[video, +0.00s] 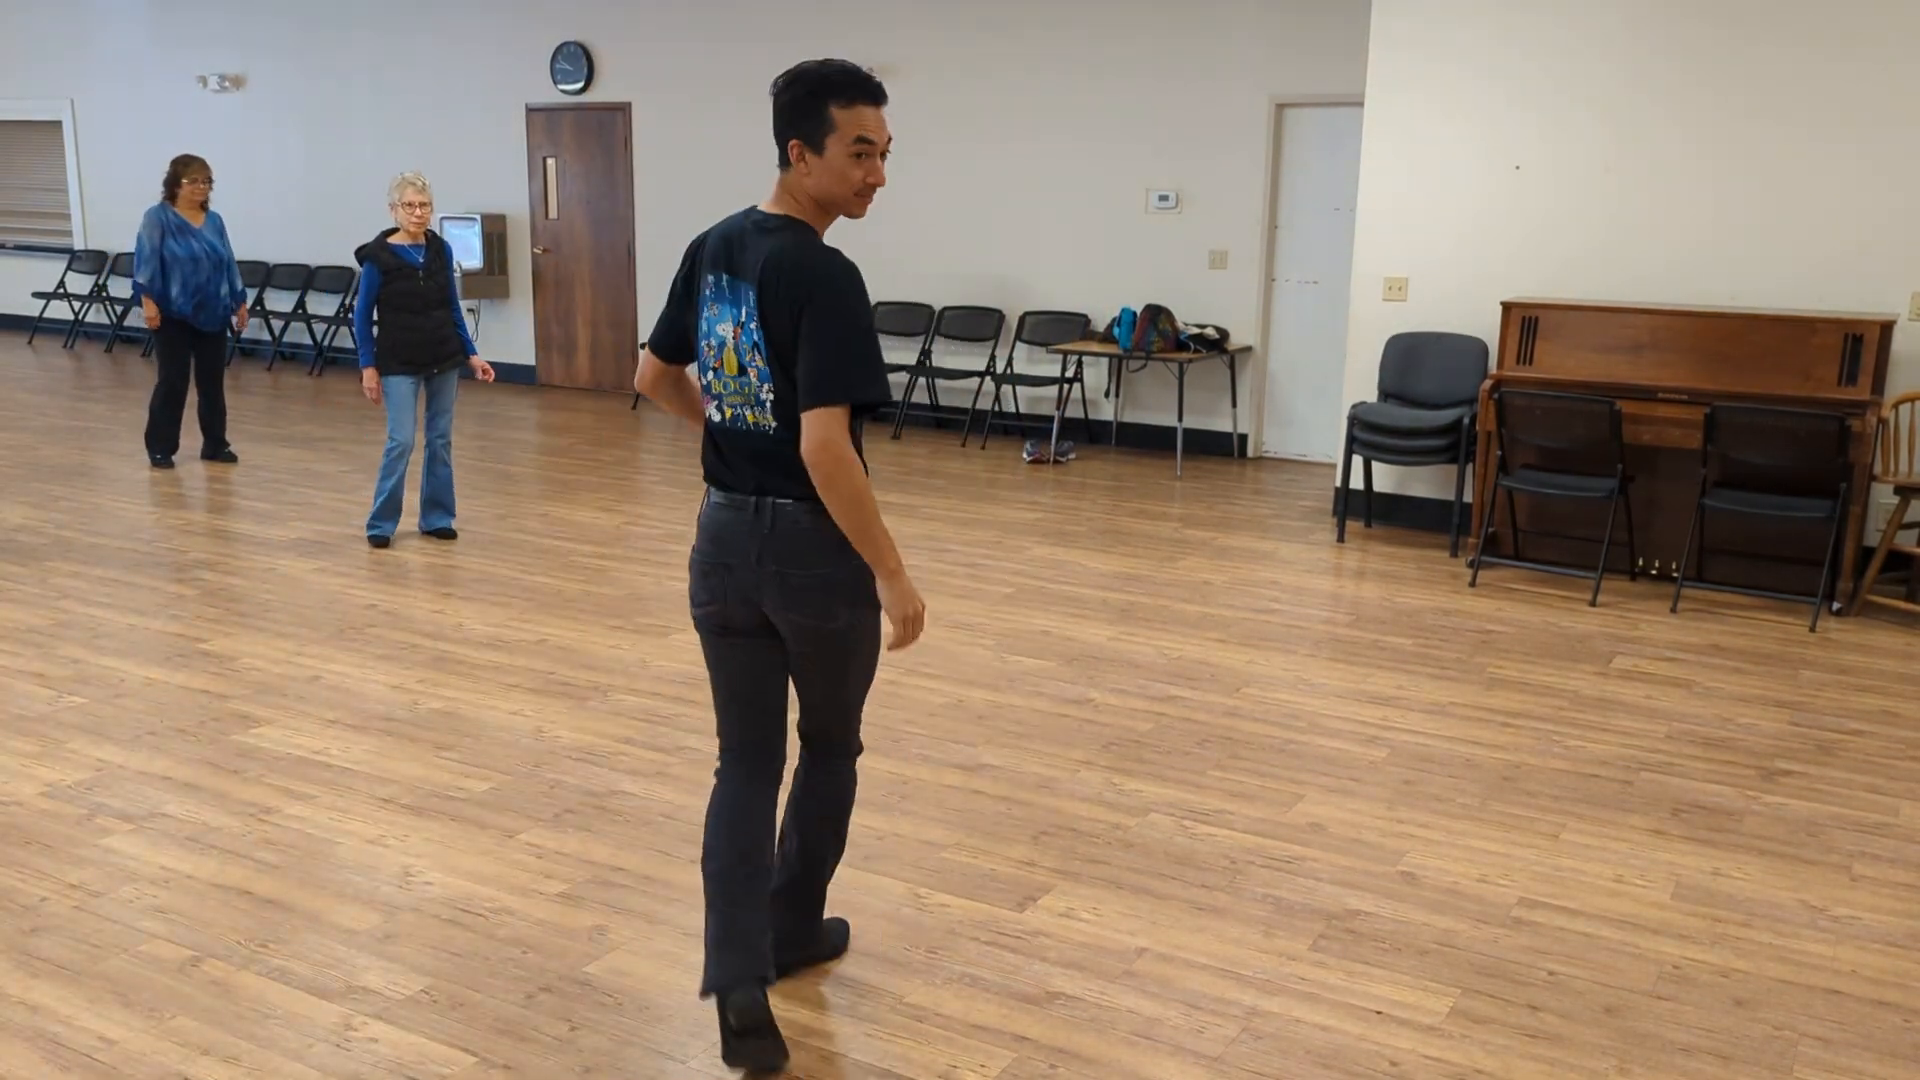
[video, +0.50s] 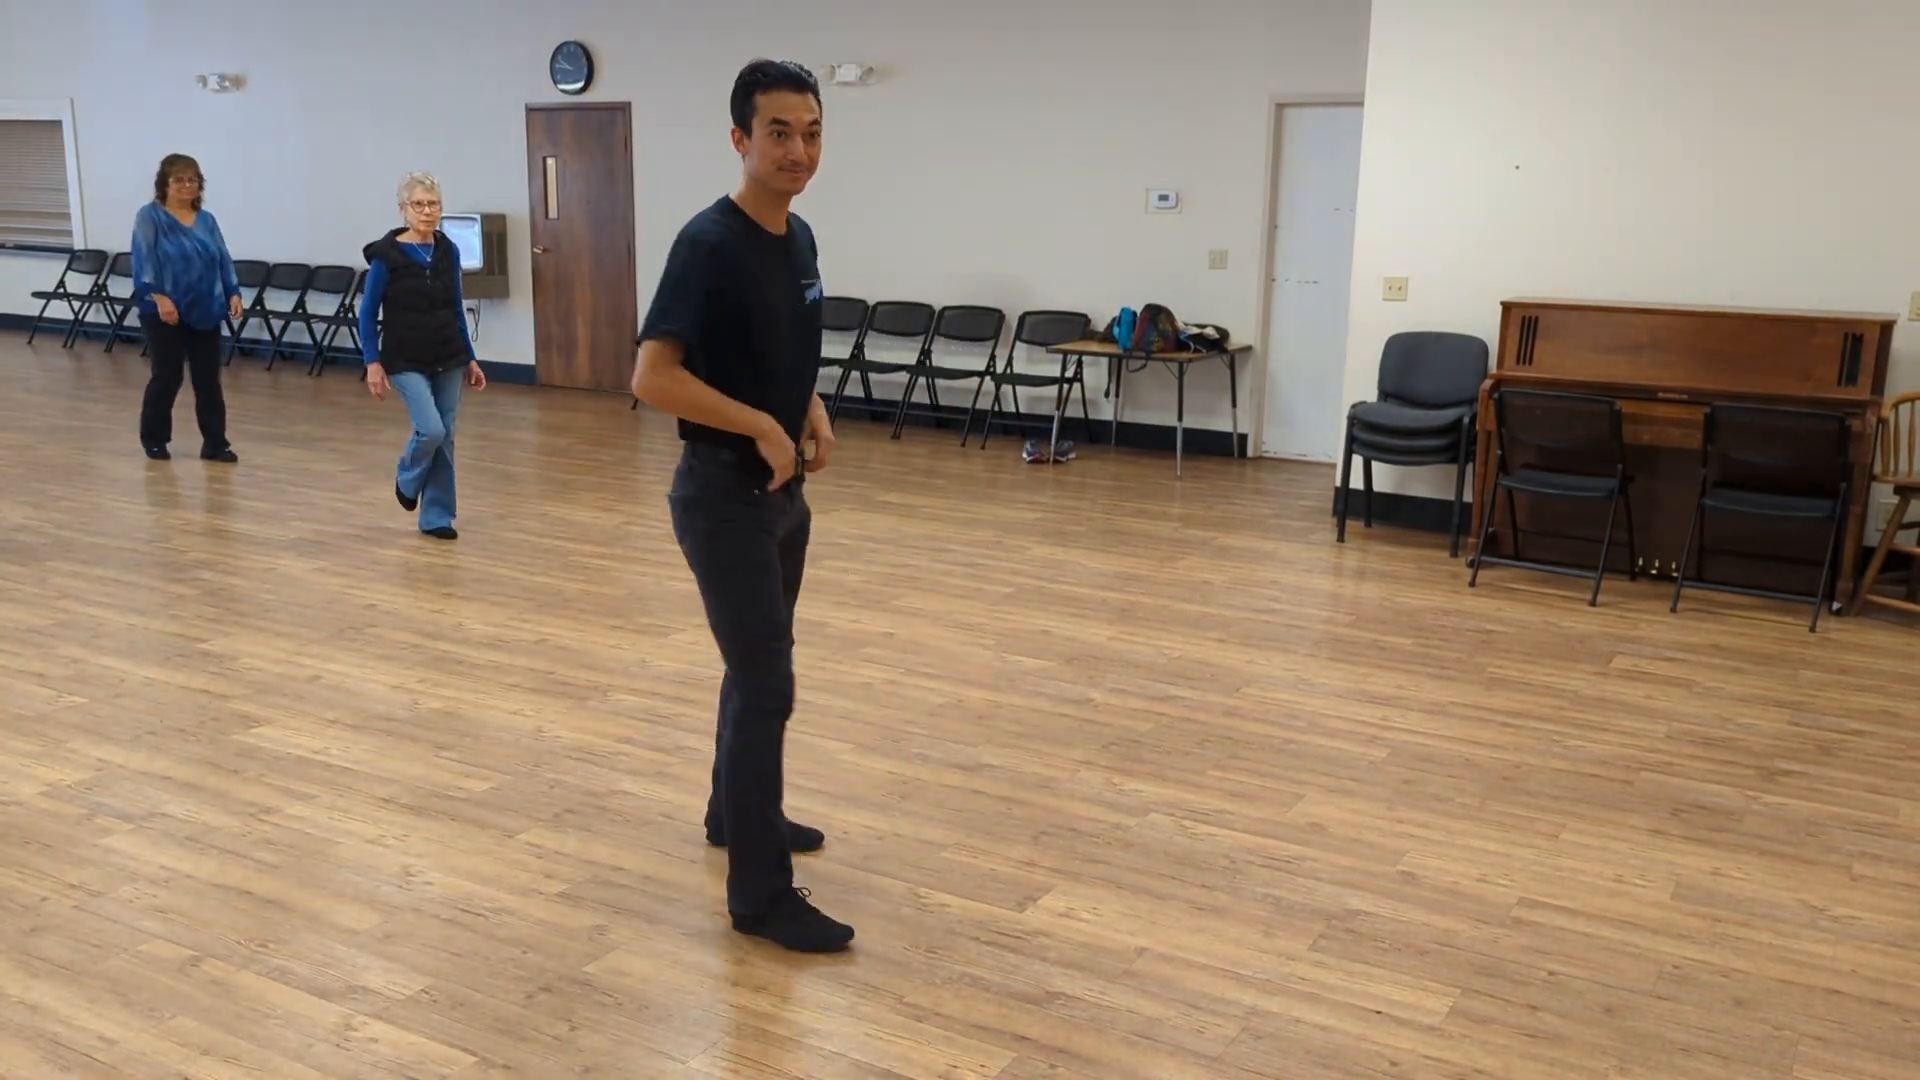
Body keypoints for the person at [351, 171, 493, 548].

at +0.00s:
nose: (418, 212)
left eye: (424, 206)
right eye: (410, 206)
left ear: (432, 209)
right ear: (395, 209)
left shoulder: (440, 250)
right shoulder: (378, 255)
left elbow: (453, 308)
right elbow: (362, 313)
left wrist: (472, 355)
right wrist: (368, 366)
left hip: (444, 359)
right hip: (399, 362)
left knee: (440, 441)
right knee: (402, 441)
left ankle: (437, 519)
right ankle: (381, 524)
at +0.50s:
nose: (427, 211)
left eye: (433, 204)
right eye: (419, 205)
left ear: (440, 209)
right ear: (404, 209)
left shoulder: (448, 250)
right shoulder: (387, 253)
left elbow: (457, 310)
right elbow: (367, 312)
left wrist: (469, 359)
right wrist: (372, 362)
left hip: (449, 357)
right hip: (404, 359)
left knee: (445, 436)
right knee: (433, 431)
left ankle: (437, 517)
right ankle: (409, 477)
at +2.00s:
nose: (410, 209)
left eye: (416, 202)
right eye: (401, 202)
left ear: (424, 207)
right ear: (386, 207)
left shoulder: (426, 249)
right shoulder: (370, 253)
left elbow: (417, 300)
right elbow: (335, 302)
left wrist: (421, 339)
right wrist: (350, 353)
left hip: (425, 358)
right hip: (383, 362)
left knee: (441, 434)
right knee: (393, 443)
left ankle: (434, 515)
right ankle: (403, 523)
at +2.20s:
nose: (409, 209)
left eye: (415, 203)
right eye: (401, 203)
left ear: (422, 207)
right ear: (384, 207)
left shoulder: (423, 248)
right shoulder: (368, 253)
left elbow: (416, 300)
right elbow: (335, 305)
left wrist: (421, 341)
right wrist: (351, 355)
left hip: (426, 358)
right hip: (384, 362)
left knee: (446, 433)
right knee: (393, 444)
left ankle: (438, 513)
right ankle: (403, 524)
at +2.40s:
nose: (412, 210)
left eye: (417, 203)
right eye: (403, 203)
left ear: (424, 208)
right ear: (387, 208)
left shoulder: (426, 249)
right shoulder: (370, 255)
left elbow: (420, 301)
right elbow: (338, 306)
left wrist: (424, 342)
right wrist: (353, 357)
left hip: (430, 358)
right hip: (387, 362)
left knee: (449, 434)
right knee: (395, 444)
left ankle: (452, 516)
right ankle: (403, 524)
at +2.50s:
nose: (415, 209)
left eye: (420, 202)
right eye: (406, 203)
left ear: (427, 208)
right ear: (389, 207)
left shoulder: (429, 247)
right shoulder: (373, 254)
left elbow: (424, 300)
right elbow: (342, 305)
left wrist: (428, 341)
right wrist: (355, 357)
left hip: (433, 357)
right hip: (390, 361)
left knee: (449, 436)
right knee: (397, 444)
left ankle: (456, 517)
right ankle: (404, 524)